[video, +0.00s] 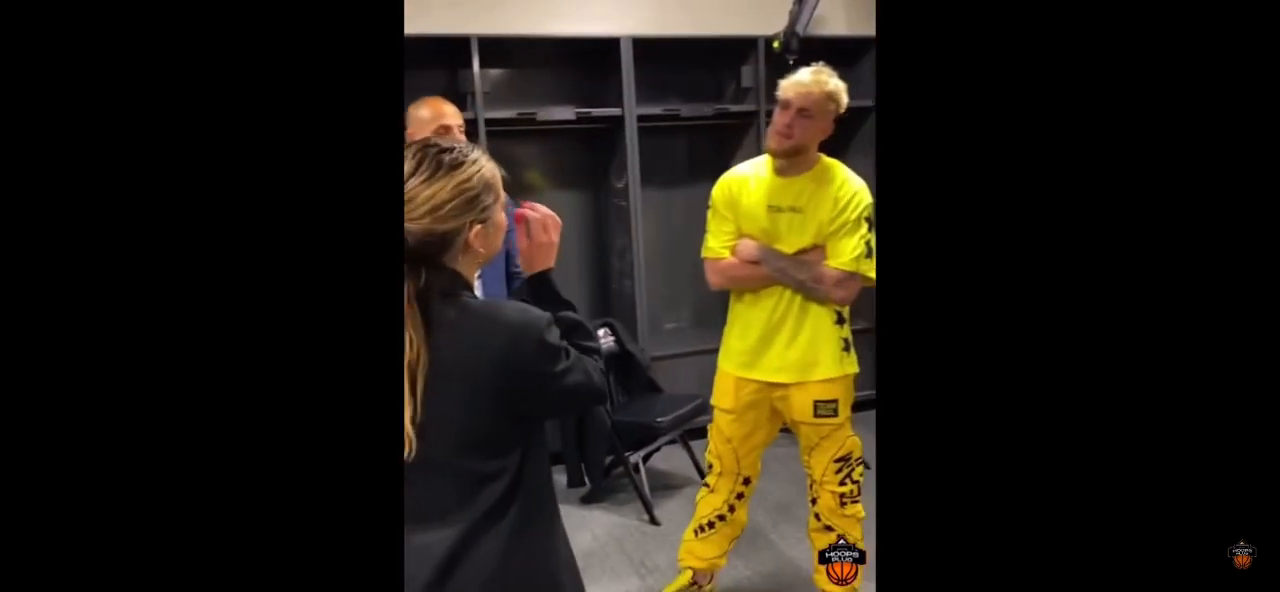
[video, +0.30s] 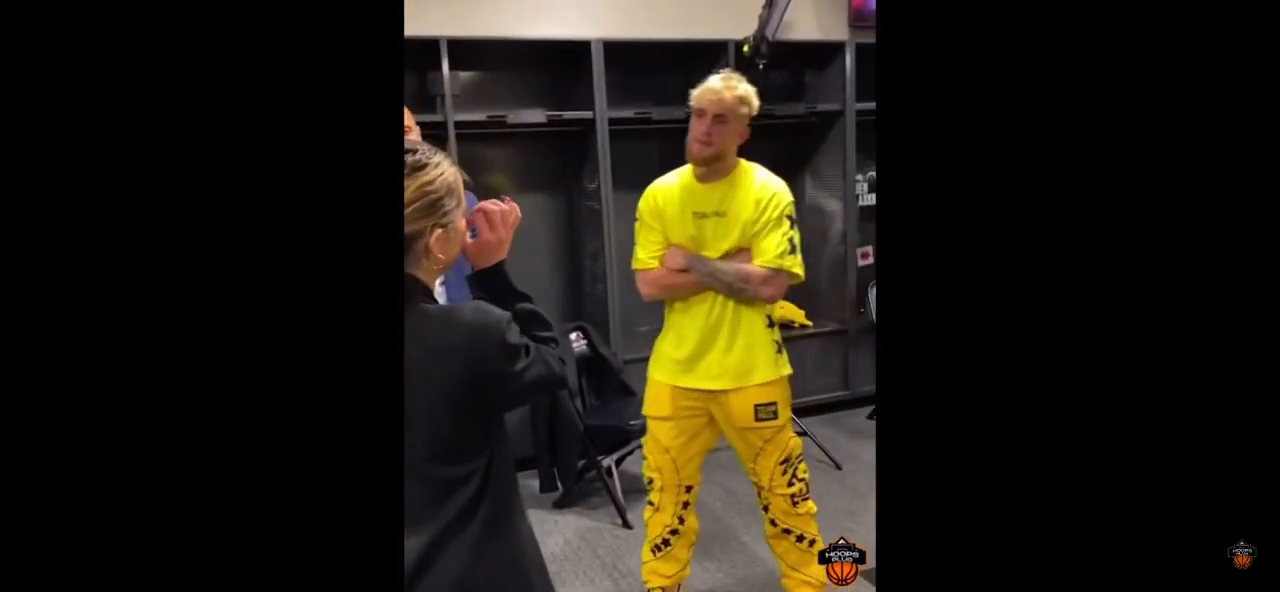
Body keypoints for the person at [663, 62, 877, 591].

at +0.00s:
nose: (784, 119)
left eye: (801, 113)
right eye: (781, 107)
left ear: (827, 128)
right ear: (771, 110)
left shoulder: (848, 192)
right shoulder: (734, 184)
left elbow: (842, 291)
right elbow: (717, 275)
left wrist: (759, 253)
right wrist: (804, 265)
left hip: (820, 363)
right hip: (745, 358)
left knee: (835, 486)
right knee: (723, 475)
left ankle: (841, 583)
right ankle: (696, 576)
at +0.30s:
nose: (704, 129)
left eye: (719, 121)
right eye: (698, 116)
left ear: (743, 133)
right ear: (687, 120)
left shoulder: (768, 192)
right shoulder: (659, 194)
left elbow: (771, 285)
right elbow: (649, 285)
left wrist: (689, 260)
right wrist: (735, 271)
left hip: (752, 370)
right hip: (676, 370)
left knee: (785, 493)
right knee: (666, 495)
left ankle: (807, 584)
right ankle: (660, 585)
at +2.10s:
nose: (676, 143)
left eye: (694, 131)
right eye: (672, 127)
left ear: (731, 141)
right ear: (664, 130)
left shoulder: (764, 219)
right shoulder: (638, 210)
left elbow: (754, 336)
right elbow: (613, 318)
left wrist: (657, 296)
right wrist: (708, 315)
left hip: (721, 422)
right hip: (641, 413)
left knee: (719, 556)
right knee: (624, 538)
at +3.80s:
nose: (713, 102)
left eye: (730, 87)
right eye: (706, 86)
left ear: (762, 96)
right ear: (696, 90)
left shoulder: (798, 169)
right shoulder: (670, 178)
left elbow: (799, 275)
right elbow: (651, 281)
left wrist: (693, 251)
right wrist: (753, 265)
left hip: (773, 381)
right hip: (689, 383)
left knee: (803, 529)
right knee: (710, 534)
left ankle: (813, 586)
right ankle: (714, 587)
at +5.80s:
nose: (718, 84)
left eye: (735, 70)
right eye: (711, 70)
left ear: (768, 79)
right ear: (703, 78)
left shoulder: (809, 150)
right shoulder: (683, 165)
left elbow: (811, 256)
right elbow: (666, 268)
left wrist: (703, 238)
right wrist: (763, 249)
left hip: (789, 367)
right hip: (703, 370)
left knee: (821, 516)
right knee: (724, 519)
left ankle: (838, 584)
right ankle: (730, 584)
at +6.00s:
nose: (716, 83)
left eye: (733, 69)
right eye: (709, 70)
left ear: (767, 77)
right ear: (702, 77)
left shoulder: (810, 149)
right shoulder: (682, 164)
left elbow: (813, 253)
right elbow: (665, 267)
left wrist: (704, 236)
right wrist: (765, 248)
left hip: (790, 368)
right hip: (703, 371)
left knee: (823, 519)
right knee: (724, 522)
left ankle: (838, 584)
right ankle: (728, 585)